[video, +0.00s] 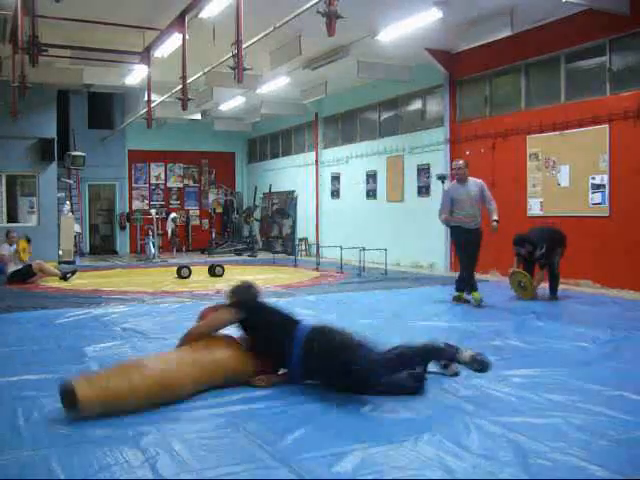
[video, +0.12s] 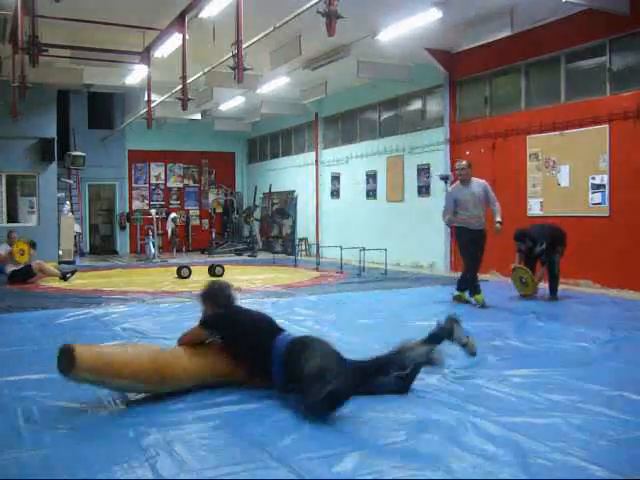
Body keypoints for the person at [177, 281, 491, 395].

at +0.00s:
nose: (229, 309)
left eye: (230, 305)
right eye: (231, 304)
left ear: (237, 303)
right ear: (255, 300)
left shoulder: (252, 311)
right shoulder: (266, 326)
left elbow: (205, 323)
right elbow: (294, 364)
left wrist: (184, 344)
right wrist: (276, 376)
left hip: (316, 347)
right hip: (313, 364)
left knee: (375, 368)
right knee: (370, 379)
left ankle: (437, 358)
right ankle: (428, 365)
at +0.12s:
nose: (202, 312)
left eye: (204, 307)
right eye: (203, 307)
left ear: (212, 306)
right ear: (228, 301)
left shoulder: (223, 318)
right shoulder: (247, 318)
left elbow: (186, 340)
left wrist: (204, 336)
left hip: (299, 354)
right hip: (299, 372)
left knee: (322, 391)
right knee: (387, 374)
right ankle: (439, 333)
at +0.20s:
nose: (190, 316)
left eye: (188, 311)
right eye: (192, 309)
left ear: (192, 309)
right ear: (212, 297)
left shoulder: (205, 322)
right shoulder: (237, 308)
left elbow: (180, 345)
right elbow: (277, 326)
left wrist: (202, 344)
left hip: (285, 357)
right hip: (306, 347)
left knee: (303, 408)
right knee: (381, 381)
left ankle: (376, 387)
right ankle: (439, 326)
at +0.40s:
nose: (179, 314)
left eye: (177, 310)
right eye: (179, 309)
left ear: (181, 303)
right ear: (199, 291)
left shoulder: (190, 308)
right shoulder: (234, 292)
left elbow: (174, 349)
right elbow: (257, 340)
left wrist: (198, 335)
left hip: (269, 326)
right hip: (297, 313)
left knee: (284, 409)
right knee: (352, 382)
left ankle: (354, 399)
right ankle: (405, 367)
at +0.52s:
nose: (187, 311)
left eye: (186, 308)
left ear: (190, 302)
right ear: (206, 289)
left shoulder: (199, 306)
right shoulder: (239, 286)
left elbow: (176, 347)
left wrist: (194, 336)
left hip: (269, 318)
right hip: (300, 305)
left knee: (254, 411)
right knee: (335, 381)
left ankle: (319, 399)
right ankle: (373, 380)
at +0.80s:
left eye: (229, 283)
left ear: (233, 279)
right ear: (254, 273)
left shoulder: (234, 284)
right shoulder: (276, 277)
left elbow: (192, 326)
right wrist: (259, 342)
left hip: (286, 327)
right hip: (318, 327)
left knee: (247, 410)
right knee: (282, 380)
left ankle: (306, 406)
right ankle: (324, 398)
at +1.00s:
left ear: (262, 248)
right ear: (288, 249)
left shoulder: (255, 258)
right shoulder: (306, 265)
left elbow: (205, 309)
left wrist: (235, 289)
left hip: (289, 323)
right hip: (325, 327)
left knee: (251, 410)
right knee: (292, 383)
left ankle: (306, 407)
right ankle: (325, 397)